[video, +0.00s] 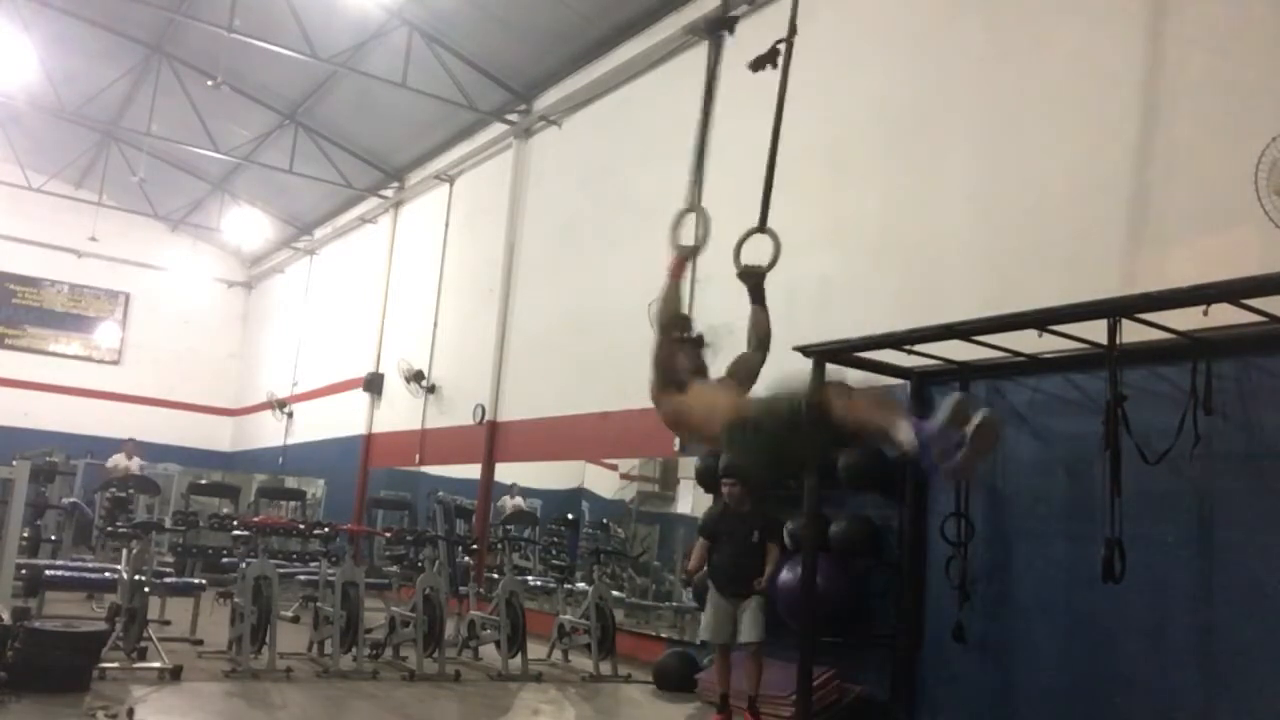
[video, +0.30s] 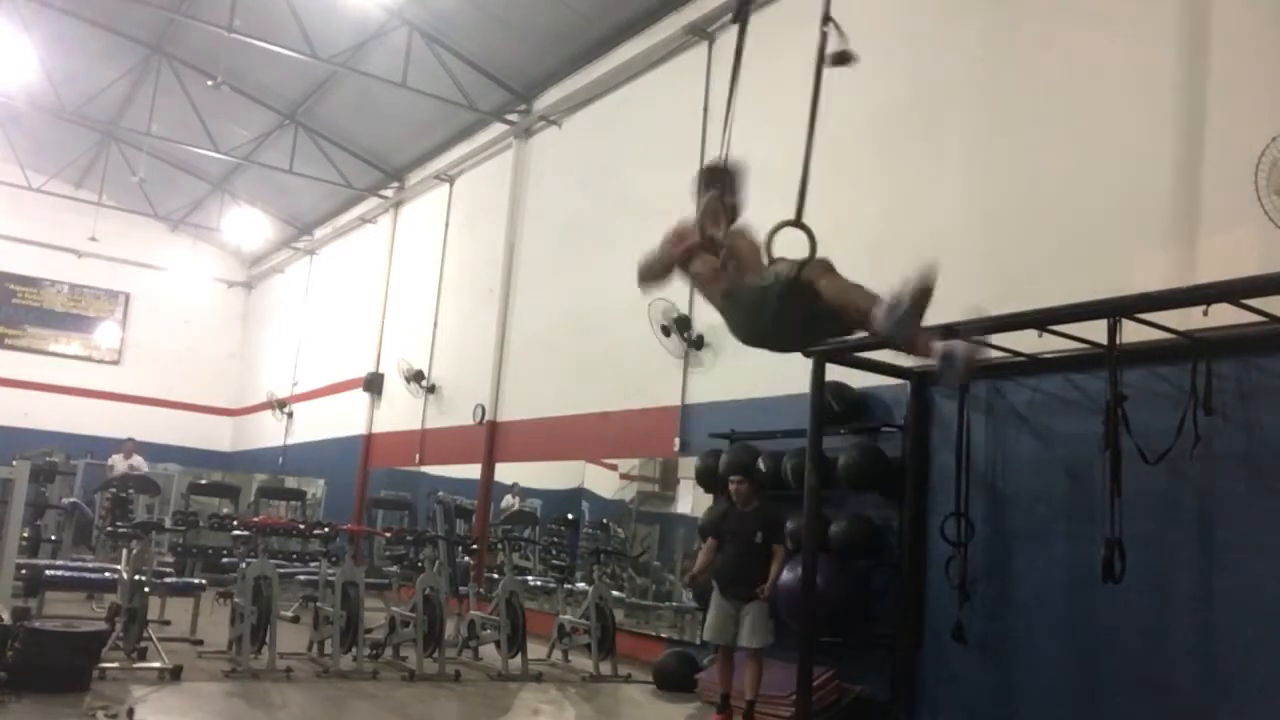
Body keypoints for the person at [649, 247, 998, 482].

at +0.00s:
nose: (695, 350)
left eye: (696, 343)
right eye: (684, 344)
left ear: (699, 350)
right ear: (667, 355)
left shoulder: (725, 387)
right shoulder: (671, 397)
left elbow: (757, 347)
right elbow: (666, 331)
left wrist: (756, 291)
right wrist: (676, 273)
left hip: (769, 443)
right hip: (745, 443)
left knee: (853, 412)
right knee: (828, 398)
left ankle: (944, 453)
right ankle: (917, 432)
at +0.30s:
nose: (716, 203)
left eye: (723, 196)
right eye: (710, 195)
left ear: (734, 201)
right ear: (698, 199)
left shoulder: (742, 238)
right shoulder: (684, 237)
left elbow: (762, 277)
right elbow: (645, 277)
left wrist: (728, 262)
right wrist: (675, 256)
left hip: (783, 321)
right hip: (748, 314)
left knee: (861, 309)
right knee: (816, 271)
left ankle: (938, 353)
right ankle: (878, 313)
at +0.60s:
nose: (810, 232)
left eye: (816, 226)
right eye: (806, 223)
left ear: (823, 218)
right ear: (790, 204)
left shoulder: (812, 235)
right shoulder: (748, 197)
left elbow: (802, 275)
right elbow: (691, 173)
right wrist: (697, 221)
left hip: (753, 308)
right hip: (714, 304)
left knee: (802, 337)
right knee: (775, 338)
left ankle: (852, 407)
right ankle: (825, 413)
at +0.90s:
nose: (842, 225)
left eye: (850, 219)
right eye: (839, 215)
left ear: (854, 212)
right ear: (822, 196)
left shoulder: (843, 228)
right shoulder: (781, 195)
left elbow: (835, 273)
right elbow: (721, 169)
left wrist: (835, 260)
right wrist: (729, 226)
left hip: (775, 320)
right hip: (735, 313)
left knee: (769, 417)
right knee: (738, 417)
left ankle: (745, 516)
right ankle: (707, 516)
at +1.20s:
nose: (850, 221)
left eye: (855, 214)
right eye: (845, 212)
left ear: (852, 208)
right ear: (825, 198)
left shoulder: (845, 229)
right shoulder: (782, 199)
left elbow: (843, 275)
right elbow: (720, 178)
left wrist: (843, 268)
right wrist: (730, 233)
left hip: (775, 316)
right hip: (738, 309)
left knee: (799, 400)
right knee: (763, 396)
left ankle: (803, 502)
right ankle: (765, 509)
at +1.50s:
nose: (798, 254)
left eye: (804, 248)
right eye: (793, 245)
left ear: (807, 247)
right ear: (773, 236)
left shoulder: (801, 281)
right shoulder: (738, 270)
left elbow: (819, 321)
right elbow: (686, 301)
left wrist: (853, 283)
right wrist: (717, 260)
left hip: (791, 367)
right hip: (750, 371)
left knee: (853, 358)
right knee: (820, 366)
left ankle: (897, 431)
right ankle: (866, 453)